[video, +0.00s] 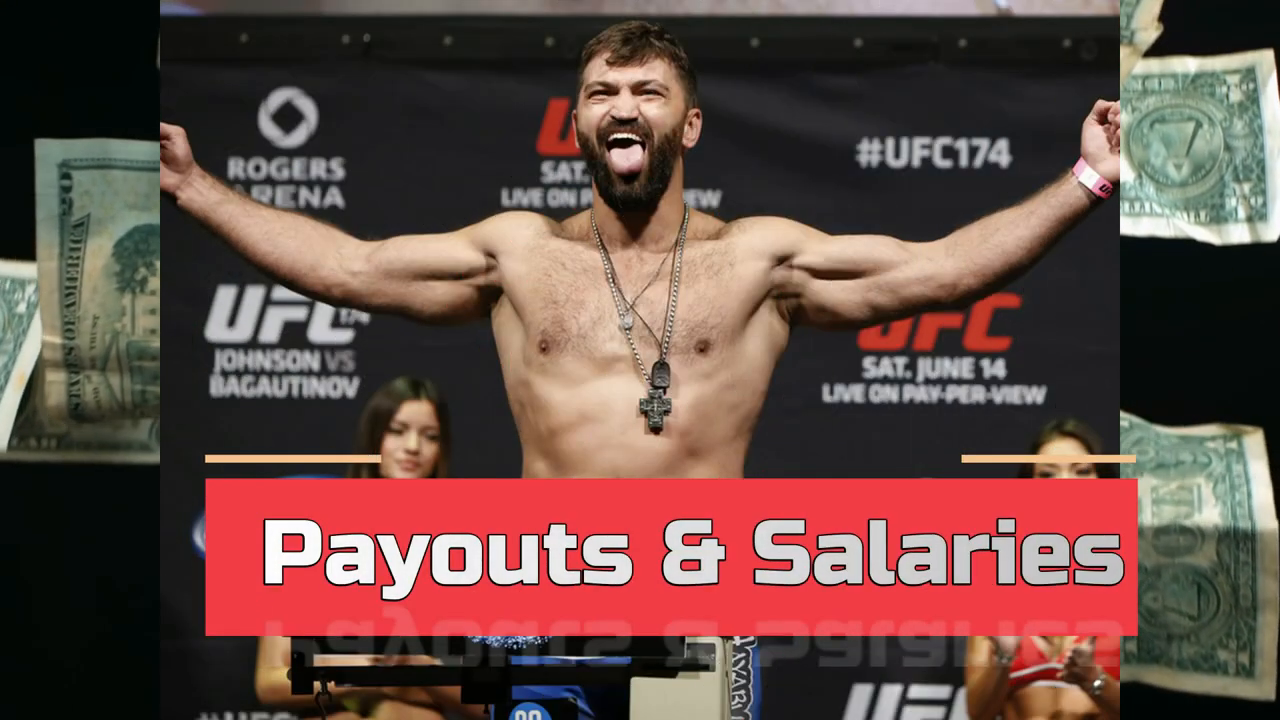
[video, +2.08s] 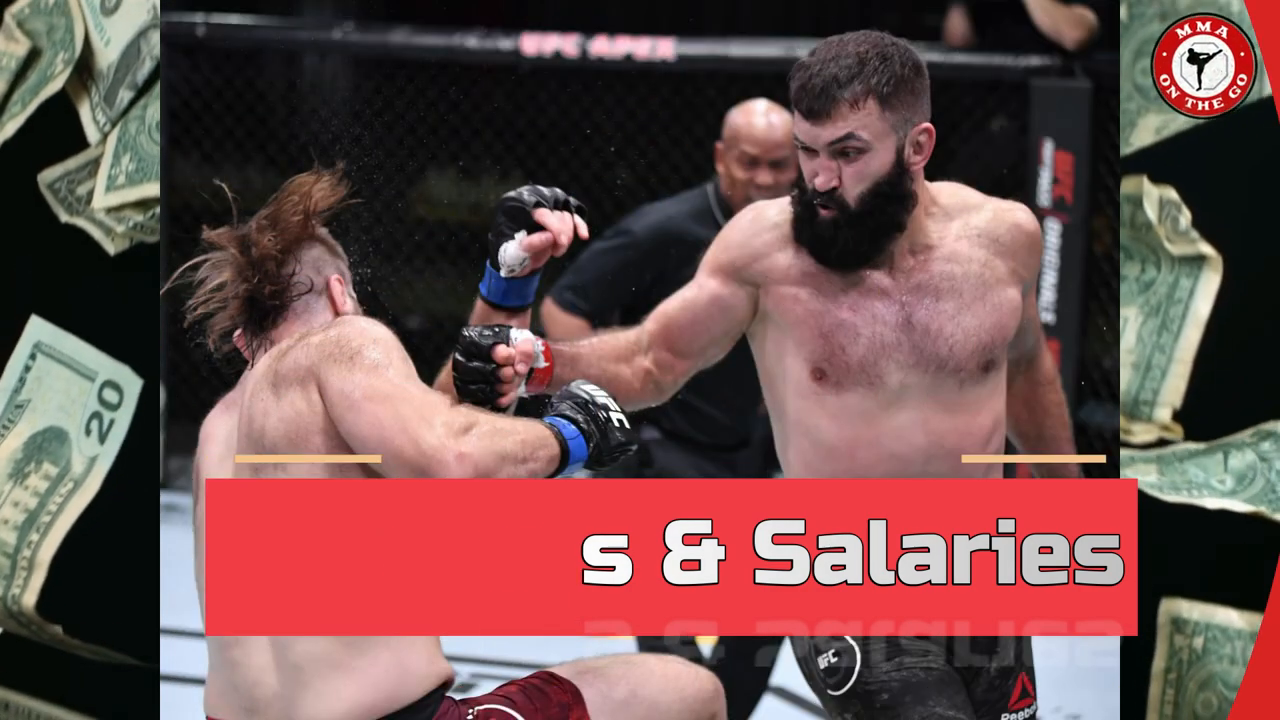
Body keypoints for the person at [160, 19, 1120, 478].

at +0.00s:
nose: (623, 107)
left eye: (647, 93)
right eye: (604, 92)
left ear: (690, 125)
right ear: (574, 124)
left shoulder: (764, 254)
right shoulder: (512, 247)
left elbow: (941, 269)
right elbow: (348, 267)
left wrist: (1083, 183)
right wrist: (197, 192)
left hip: (702, 596)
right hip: (542, 590)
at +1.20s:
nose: (619, 106)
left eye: (646, 91)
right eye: (600, 90)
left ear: (692, 128)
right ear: (571, 123)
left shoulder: (763, 255)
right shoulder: (515, 241)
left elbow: (944, 268)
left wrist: (1086, 180)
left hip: (684, 601)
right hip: (520, 593)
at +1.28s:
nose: (620, 108)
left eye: (647, 91)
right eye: (599, 95)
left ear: (689, 125)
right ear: (571, 132)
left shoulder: (763, 254)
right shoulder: (527, 244)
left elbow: (945, 269)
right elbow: (460, 411)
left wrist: (1090, 178)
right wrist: (481, 372)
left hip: (695, 594)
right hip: (535, 591)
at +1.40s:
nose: (616, 108)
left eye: (634, 92)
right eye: (595, 98)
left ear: (676, 115)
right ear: (580, 140)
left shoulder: (753, 244)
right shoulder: (633, 264)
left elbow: (938, 270)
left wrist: (1086, 180)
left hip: (696, 532)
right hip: (610, 525)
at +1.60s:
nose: (765, 180)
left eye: (779, 165)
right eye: (749, 164)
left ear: (797, 163)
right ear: (720, 157)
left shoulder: (806, 233)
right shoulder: (663, 230)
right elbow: (561, 310)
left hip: (765, 451)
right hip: (674, 449)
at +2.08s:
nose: (766, 181)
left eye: (781, 165)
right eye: (750, 164)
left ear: (800, 162)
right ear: (720, 158)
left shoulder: (803, 238)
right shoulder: (661, 232)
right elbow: (560, 310)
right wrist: (619, 406)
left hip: (768, 463)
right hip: (670, 462)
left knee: (757, 643)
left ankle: (729, 713)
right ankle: (675, 709)